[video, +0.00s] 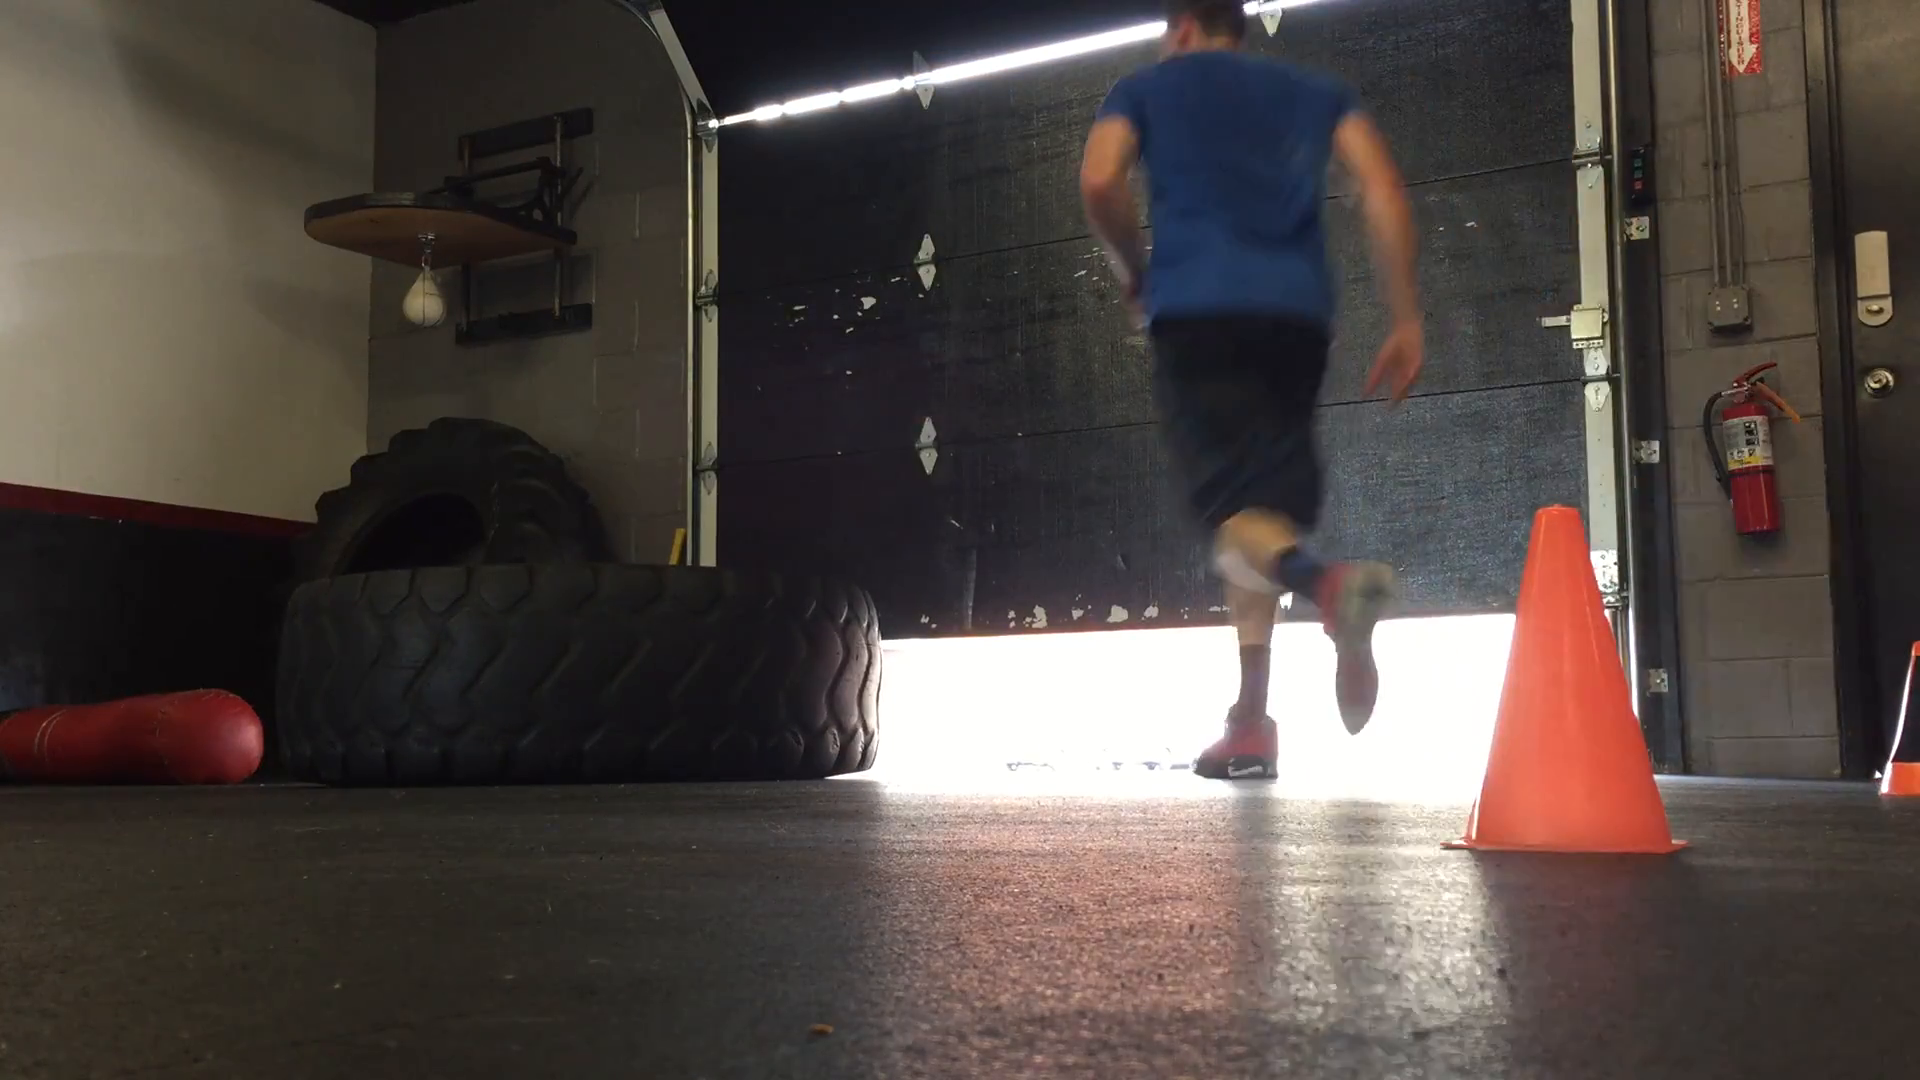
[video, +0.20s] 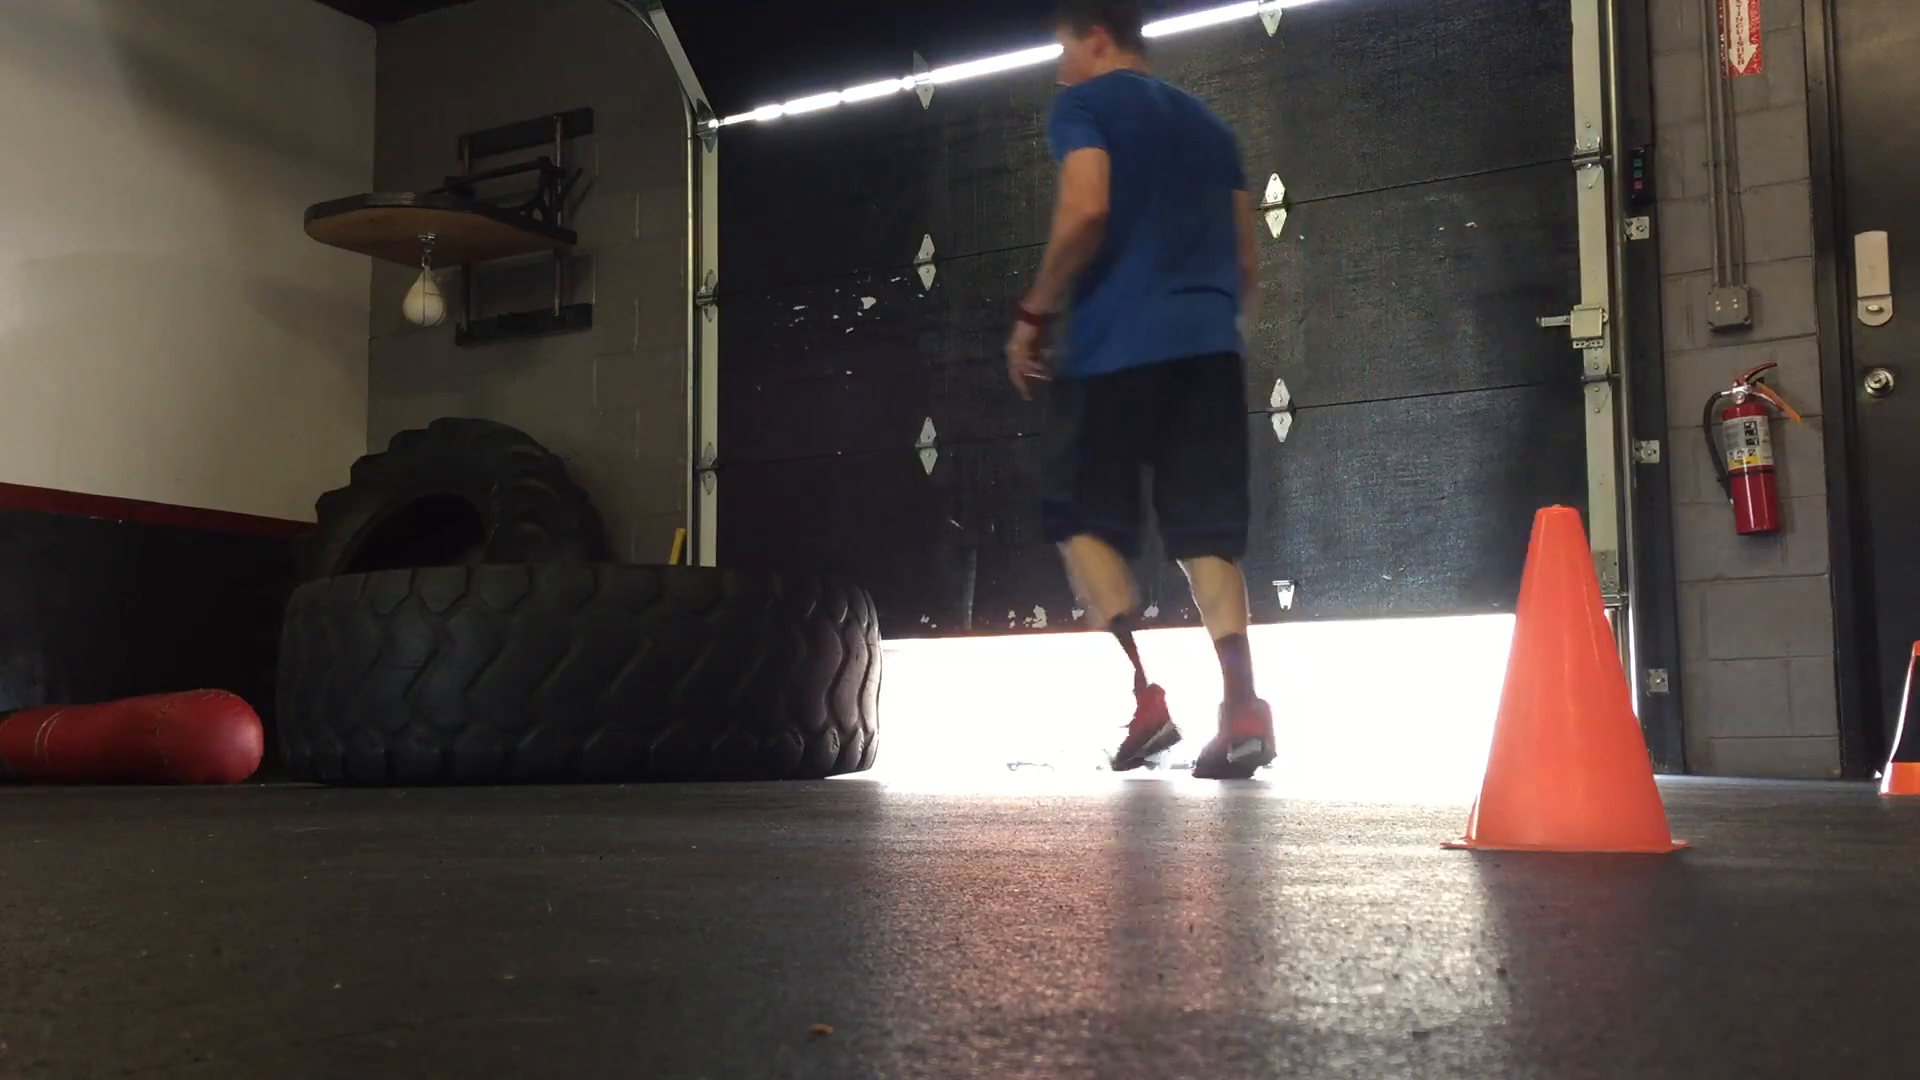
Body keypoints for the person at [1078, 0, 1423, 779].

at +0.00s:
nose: (1166, 43)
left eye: (1168, 32)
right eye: (1171, 32)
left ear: (1183, 30)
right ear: (1246, 30)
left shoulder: (1148, 83)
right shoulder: (1314, 86)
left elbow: (1099, 178)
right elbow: (1381, 185)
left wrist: (1134, 269)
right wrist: (1406, 319)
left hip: (1197, 314)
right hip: (1296, 315)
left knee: (1223, 508)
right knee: (1260, 506)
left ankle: (1327, 585)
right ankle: (1250, 721)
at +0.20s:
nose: (1061, 66)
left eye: (1064, 48)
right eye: (1060, 49)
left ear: (1097, 40)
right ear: (1131, 41)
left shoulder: (1085, 100)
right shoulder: (1209, 121)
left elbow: (1085, 211)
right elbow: (1246, 261)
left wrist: (1034, 313)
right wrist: (1209, 330)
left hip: (1119, 354)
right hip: (1212, 353)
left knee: (1076, 513)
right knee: (1204, 528)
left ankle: (1146, 696)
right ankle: (1245, 709)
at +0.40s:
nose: (979, 110)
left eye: (983, 91)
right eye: (976, 94)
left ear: (1019, 83)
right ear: (1048, 85)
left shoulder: (1011, 148)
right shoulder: (1118, 160)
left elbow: (1004, 234)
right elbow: (1147, 292)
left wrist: (933, 321)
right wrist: (1062, 313)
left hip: (1035, 393)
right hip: (1120, 392)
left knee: (1002, 559)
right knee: (1116, 546)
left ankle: (1045, 731)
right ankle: (1219, 648)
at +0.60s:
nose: (913, 125)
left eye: (918, 108)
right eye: (910, 111)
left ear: (961, 97)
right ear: (972, 99)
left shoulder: (971, 169)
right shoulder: (1040, 175)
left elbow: (975, 289)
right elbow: (1029, 297)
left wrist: (891, 354)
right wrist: (930, 330)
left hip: (979, 395)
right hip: (1029, 395)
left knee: (967, 551)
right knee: (999, 553)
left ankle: (1040, 723)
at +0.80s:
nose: (859, 166)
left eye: (868, 150)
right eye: (856, 153)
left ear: (911, 144)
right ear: (901, 149)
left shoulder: (939, 210)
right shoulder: (916, 216)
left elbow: (961, 326)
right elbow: (921, 328)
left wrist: (873, 346)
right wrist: (866, 387)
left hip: (937, 425)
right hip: (908, 424)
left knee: (917, 578)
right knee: (883, 575)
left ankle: (1042, 709)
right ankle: (906, 731)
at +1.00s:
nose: (825, 171)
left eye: (834, 157)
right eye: (819, 159)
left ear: (875, 144)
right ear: (820, 154)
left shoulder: (922, 217)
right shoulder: (828, 210)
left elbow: (948, 333)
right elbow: (829, 306)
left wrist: (853, 378)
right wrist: (797, 382)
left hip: (906, 405)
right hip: (847, 404)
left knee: (877, 541)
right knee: (830, 555)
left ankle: (962, 702)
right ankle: (887, 711)